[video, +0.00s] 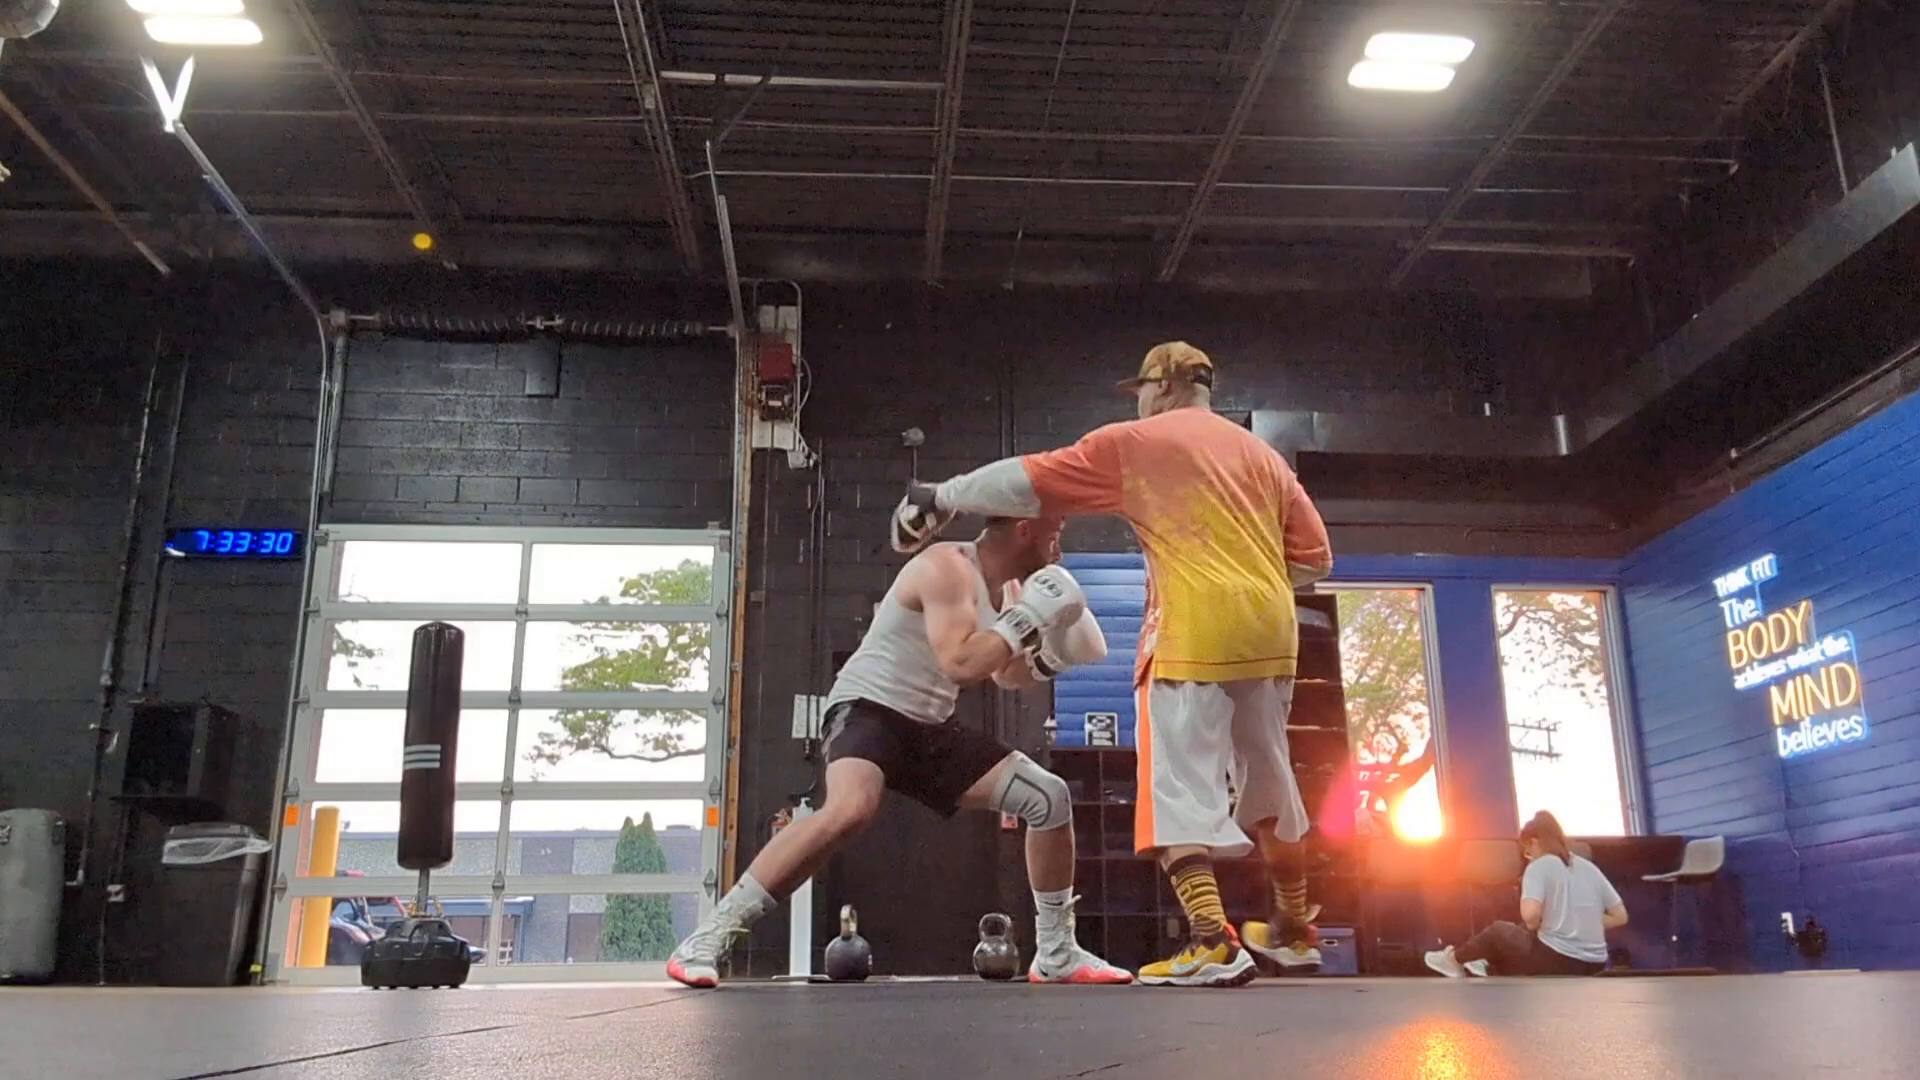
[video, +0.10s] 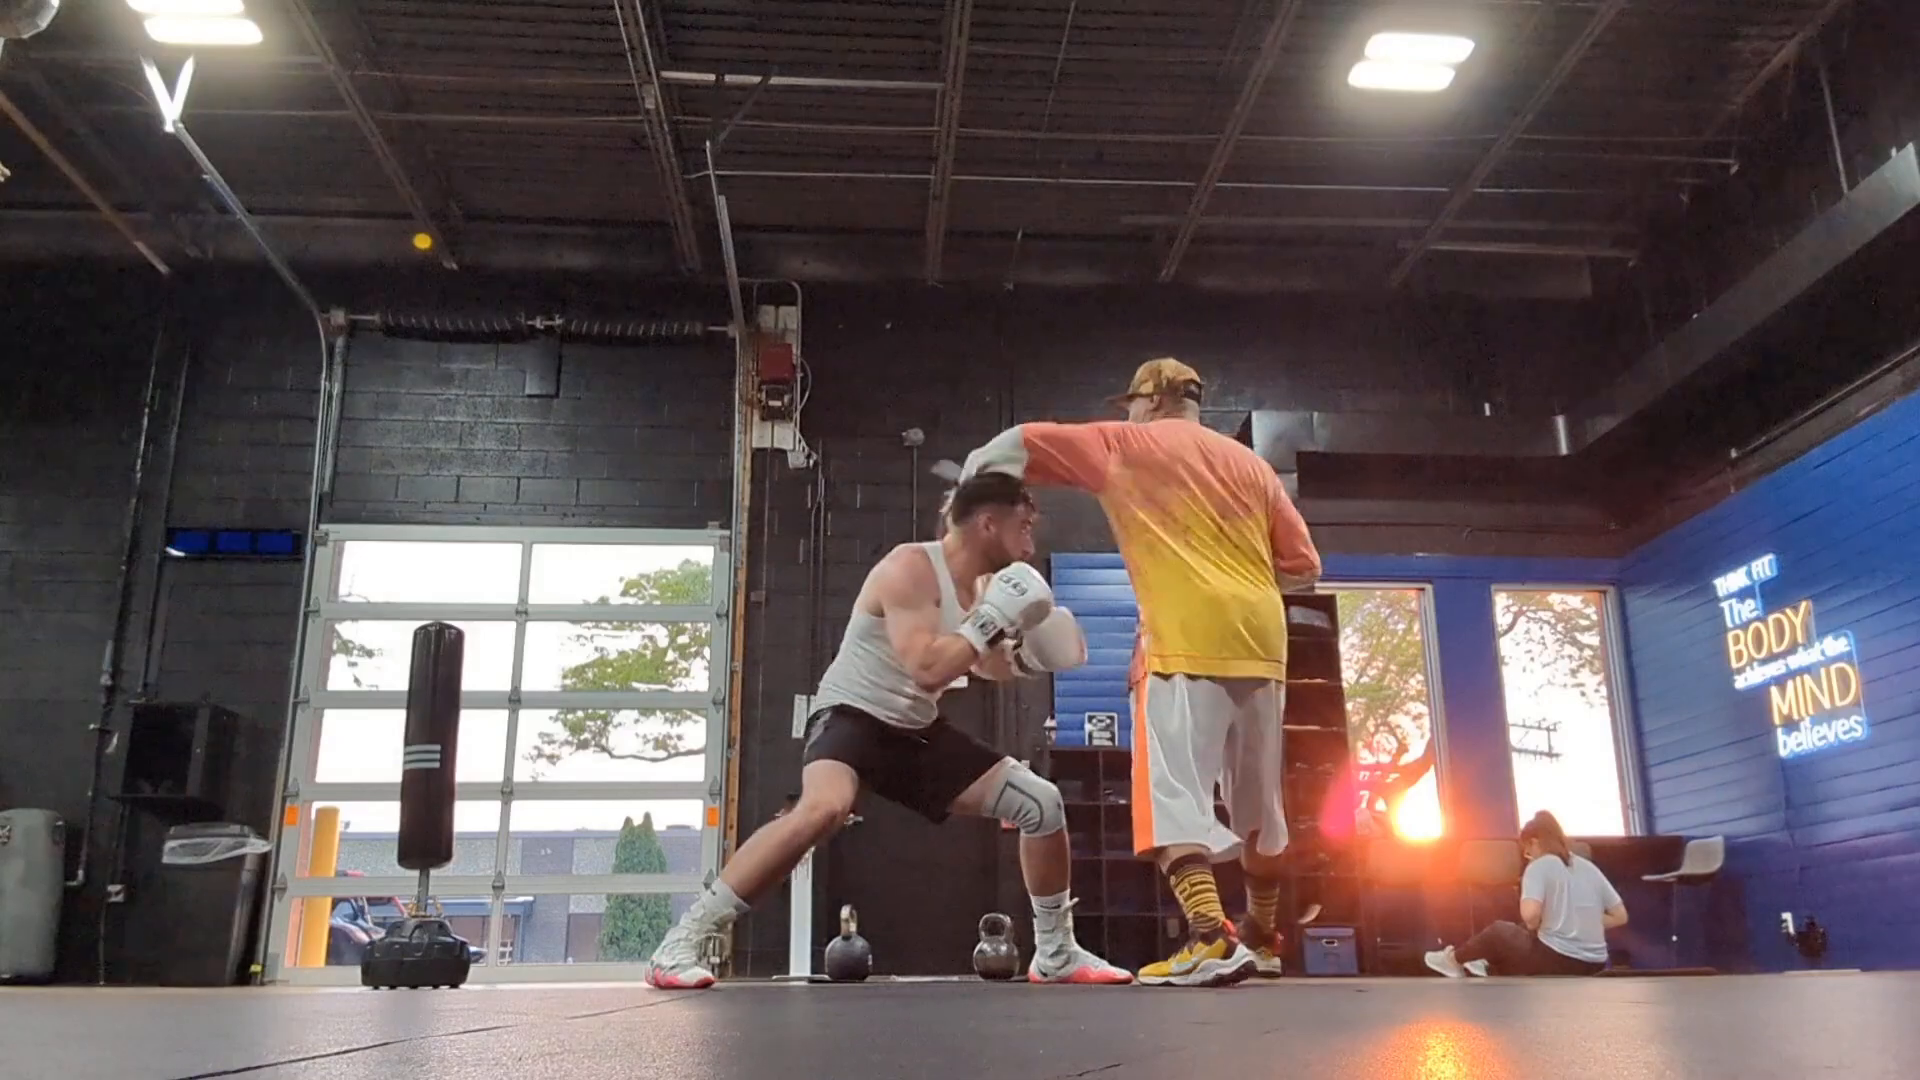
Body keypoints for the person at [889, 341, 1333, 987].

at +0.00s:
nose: (1138, 404)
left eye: (1142, 393)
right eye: (1140, 394)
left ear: (1163, 387)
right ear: (1205, 391)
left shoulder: (1135, 442)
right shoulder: (1261, 453)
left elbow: (1028, 477)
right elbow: (1314, 556)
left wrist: (940, 497)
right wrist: (1240, 577)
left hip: (1193, 623)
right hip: (1273, 623)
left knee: (1178, 779)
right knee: (1271, 770)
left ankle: (1212, 941)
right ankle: (1295, 930)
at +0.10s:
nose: (1128, 416)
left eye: (1131, 406)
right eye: (1130, 408)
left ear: (1149, 400)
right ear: (1196, 403)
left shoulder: (1127, 441)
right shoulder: (1251, 463)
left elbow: (1022, 439)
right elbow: (1302, 565)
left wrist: (963, 488)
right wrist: (1234, 580)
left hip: (1185, 633)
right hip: (1262, 633)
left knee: (1172, 789)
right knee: (1261, 794)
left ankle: (1209, 941)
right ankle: (1261, 941)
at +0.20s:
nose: (1124, 432)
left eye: (1127, 423)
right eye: (1123, 424)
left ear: (1144, 416)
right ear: (1187, 419)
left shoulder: (1130, 447)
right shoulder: (1241, 477)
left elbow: (1043, 434)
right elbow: (1280, 584)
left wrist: (1051, 514)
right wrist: (1215, 569)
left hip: (1177, 641)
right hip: (1249, 647)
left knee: (1168, 795)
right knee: (1239, 803)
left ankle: (1206, 914)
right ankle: (1247, 947)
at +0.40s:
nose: (1099, 438)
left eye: (1106, 426)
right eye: (1098, 429)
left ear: (1137, 421)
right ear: (1152, 427)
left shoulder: (1139, 455)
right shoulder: (1191, 477)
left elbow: (1184, 507)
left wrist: (1118, 557)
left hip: (1164, 649)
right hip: (1220, 651)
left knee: (1093, 773)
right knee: (1216, 797)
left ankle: (1166, 892)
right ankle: (1244, 943)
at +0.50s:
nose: (1083, 438)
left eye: (1093, 426)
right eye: (1082, 430)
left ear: (1129, 424)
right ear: (1115, 433)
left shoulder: (1149, 457)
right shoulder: (1121, 496)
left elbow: (1202, 515)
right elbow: (1076, 572)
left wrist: (1122, 549)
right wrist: (1038, 510)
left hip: (1135, 657)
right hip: (1194, 657)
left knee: (1074, 788)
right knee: (1207, 797)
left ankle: (1119, 930)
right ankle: (1244, 942)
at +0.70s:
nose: (1041, 453)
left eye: (1051, 442)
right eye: (1037, 445)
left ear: (1085, 440)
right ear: (1041, 452)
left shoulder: (1114, 480)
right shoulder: (1066, 514)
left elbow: (1167, 535)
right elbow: (1044, 604)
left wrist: (1106, 492)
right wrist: (1002, 571)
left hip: (1093, 666)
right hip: (1112, 667)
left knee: (1046, 793)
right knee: (1154, 795)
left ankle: (1063, 944)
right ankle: (1228, 920)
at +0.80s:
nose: (1018, 453)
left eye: (1027, 442)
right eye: (1016, 444)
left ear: (1059, 443)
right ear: (1037, 451)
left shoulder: (1079, 482)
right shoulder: (1044, 507)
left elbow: (1090, 541)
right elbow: (1037, 614)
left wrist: (1039, 495)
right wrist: (988, 591)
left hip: (1069, 651)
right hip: (1072, 654)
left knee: (1030, 798)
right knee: (1091, 797)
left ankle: (1062, 947)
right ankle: (1172, 892)